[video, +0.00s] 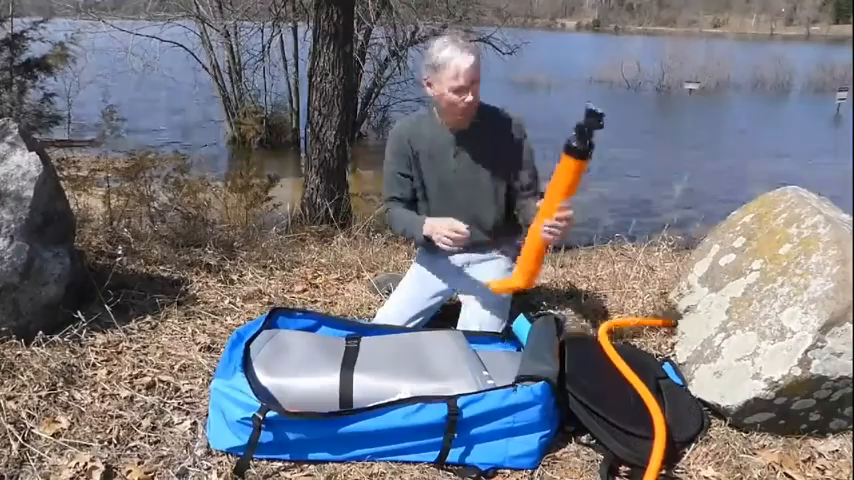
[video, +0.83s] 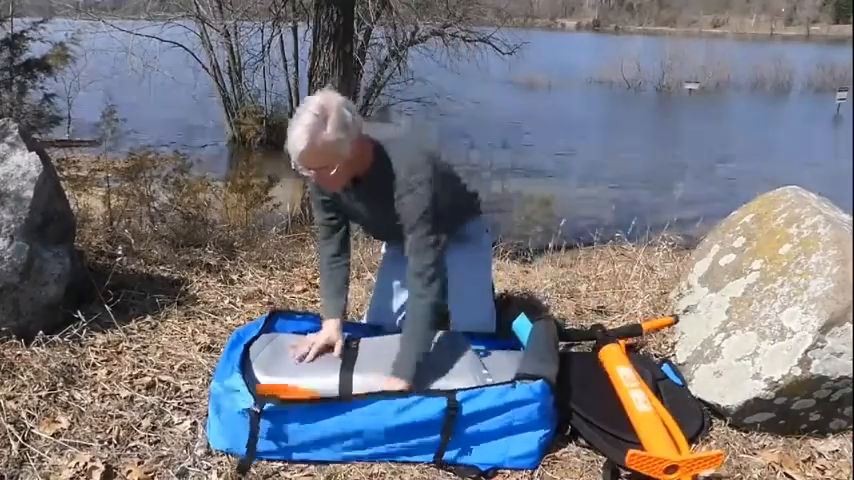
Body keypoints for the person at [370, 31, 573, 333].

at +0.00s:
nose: (471, 99)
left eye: (475, 87)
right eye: (459, 91)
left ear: (480, 80)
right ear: (430, 87)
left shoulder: (507, 129)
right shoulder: (407, 135)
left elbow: (525, 200)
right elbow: (395, 210)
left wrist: (548, 222)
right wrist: (426, 226)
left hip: (492, 259)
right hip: (434, 259)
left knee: (476, 347)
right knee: (382, 335)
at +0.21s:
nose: (474, 125)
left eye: (481, 114)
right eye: (464, 116)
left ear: (486, 101)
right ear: (436, 103)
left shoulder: (506, 141)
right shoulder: (409, 141)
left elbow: (529, 213)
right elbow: (393, 203)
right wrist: (396, 248)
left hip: (490, 262)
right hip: (431, 262)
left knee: (478, 341)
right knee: (379, 337)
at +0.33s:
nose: (446, 146)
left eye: (457, 137)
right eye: (439, 135)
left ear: (481, 127)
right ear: (431, 121)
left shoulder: (510, 163)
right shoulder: (409, 140)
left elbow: (529, 249)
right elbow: (394, 198)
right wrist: (383, 245)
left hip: (488, 264)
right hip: (430, 259)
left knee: (478, 337)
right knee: (382, 333)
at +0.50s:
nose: (433, 177)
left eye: (443, 167)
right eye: (423, 167)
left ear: (462, 142)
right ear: (409, 144)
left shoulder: (501, 163)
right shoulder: (387, 157)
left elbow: (551, 244)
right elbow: (369, 209)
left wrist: (591, 323)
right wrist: (367, 263)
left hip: (482, 261)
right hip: (419, 259)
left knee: (477, 342)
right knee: (384, 333)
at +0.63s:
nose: (376, 145)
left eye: (388, 135)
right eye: (369, 133)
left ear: (422, 114)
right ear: (359, 120)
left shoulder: (477, 144)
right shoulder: (354, 141)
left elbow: (518, 225)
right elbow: (343, 213)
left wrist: (505, 304)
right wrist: (342, 275)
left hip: (474, 250)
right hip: (406, 251)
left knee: (487, 350)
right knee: (378, 342)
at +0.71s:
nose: (354, 152)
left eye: (364, 142)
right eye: (345, 141)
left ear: (397, 119)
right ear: (336, 130)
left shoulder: (444, 148)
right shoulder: (339, 153)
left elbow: (442, 254)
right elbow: (338, 232)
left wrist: (399, 351)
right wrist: (331, 318)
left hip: (467, 234)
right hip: (407, 241)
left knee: (472, 330)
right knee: (380, 332)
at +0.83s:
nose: (312, 179)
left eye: (320, 169)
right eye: (305, 170)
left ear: (351, 151)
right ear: (299, 158)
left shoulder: (411, 170)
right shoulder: (324, 177)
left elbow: (425, 280)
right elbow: (332, 251)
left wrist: (403, 375)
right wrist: (331, 324)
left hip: (460, 234)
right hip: (401, 240)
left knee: (471, 332)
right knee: (378, 328)